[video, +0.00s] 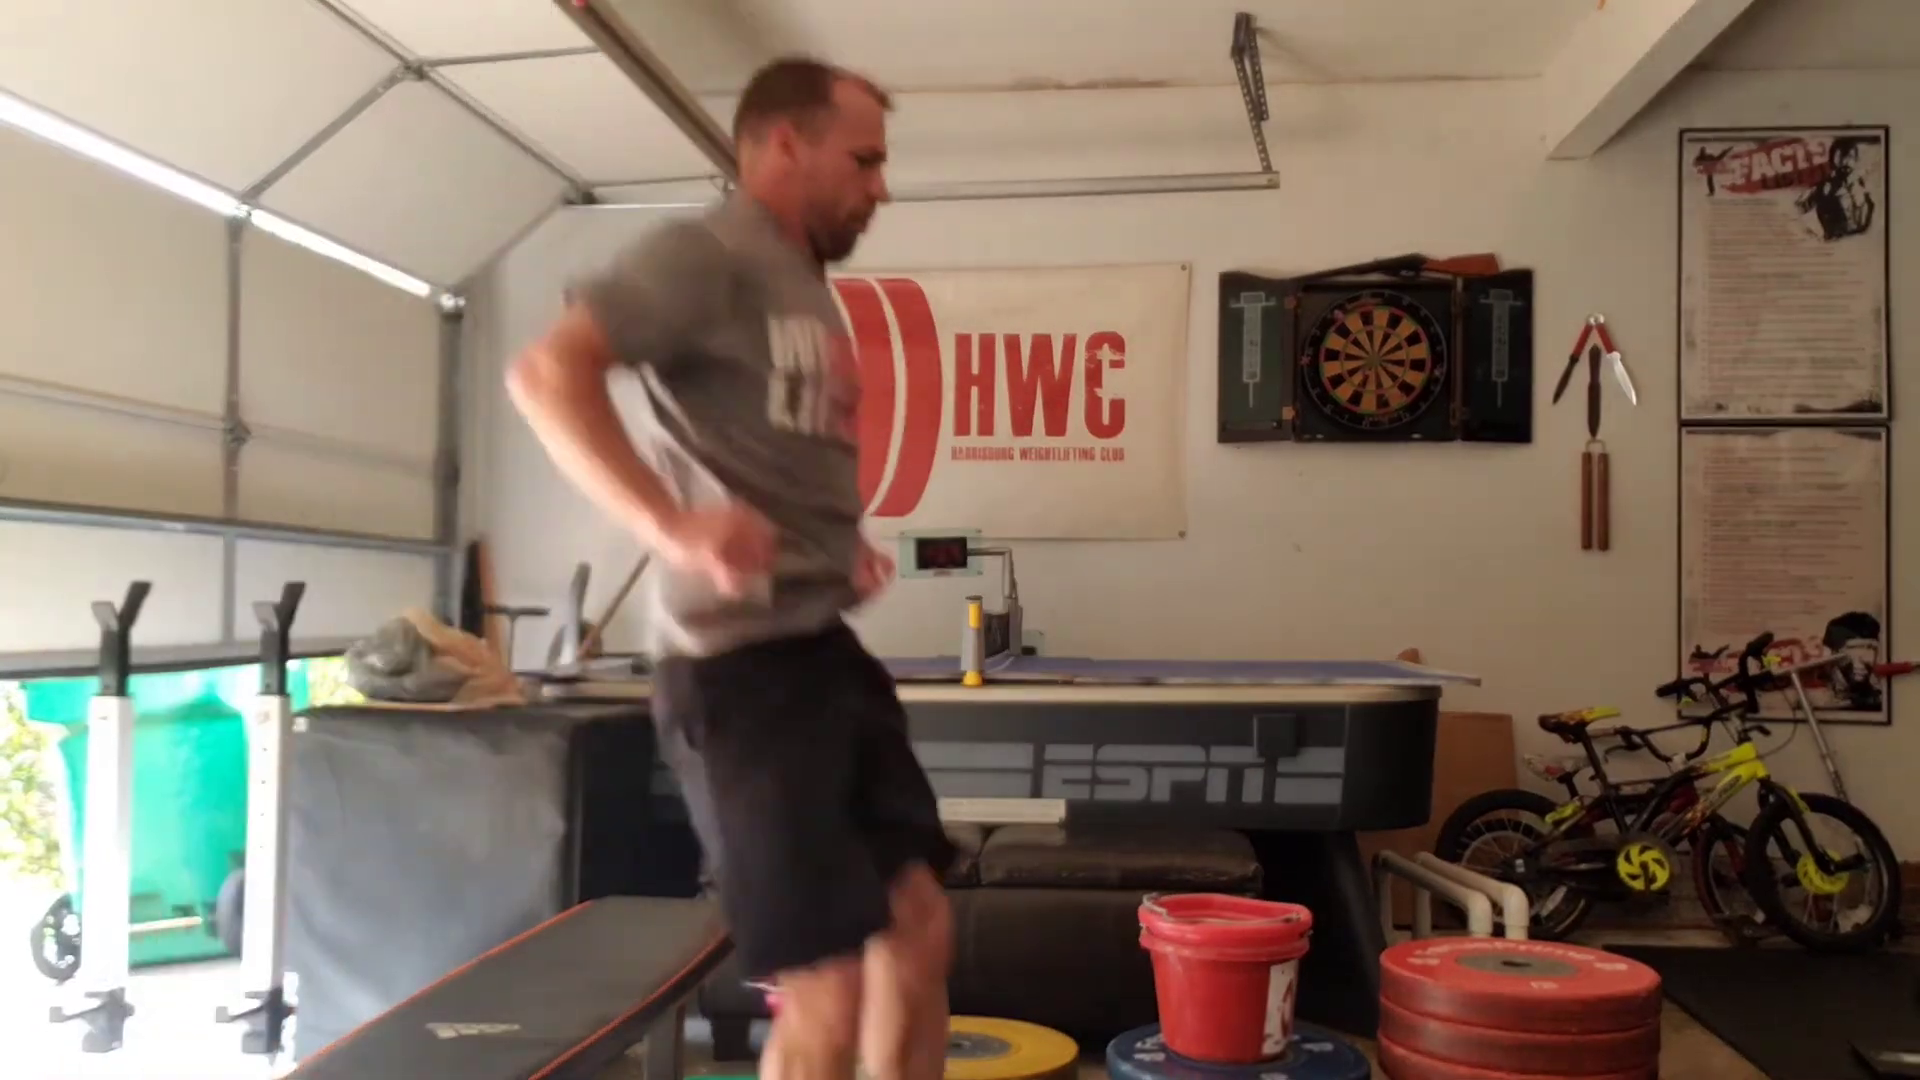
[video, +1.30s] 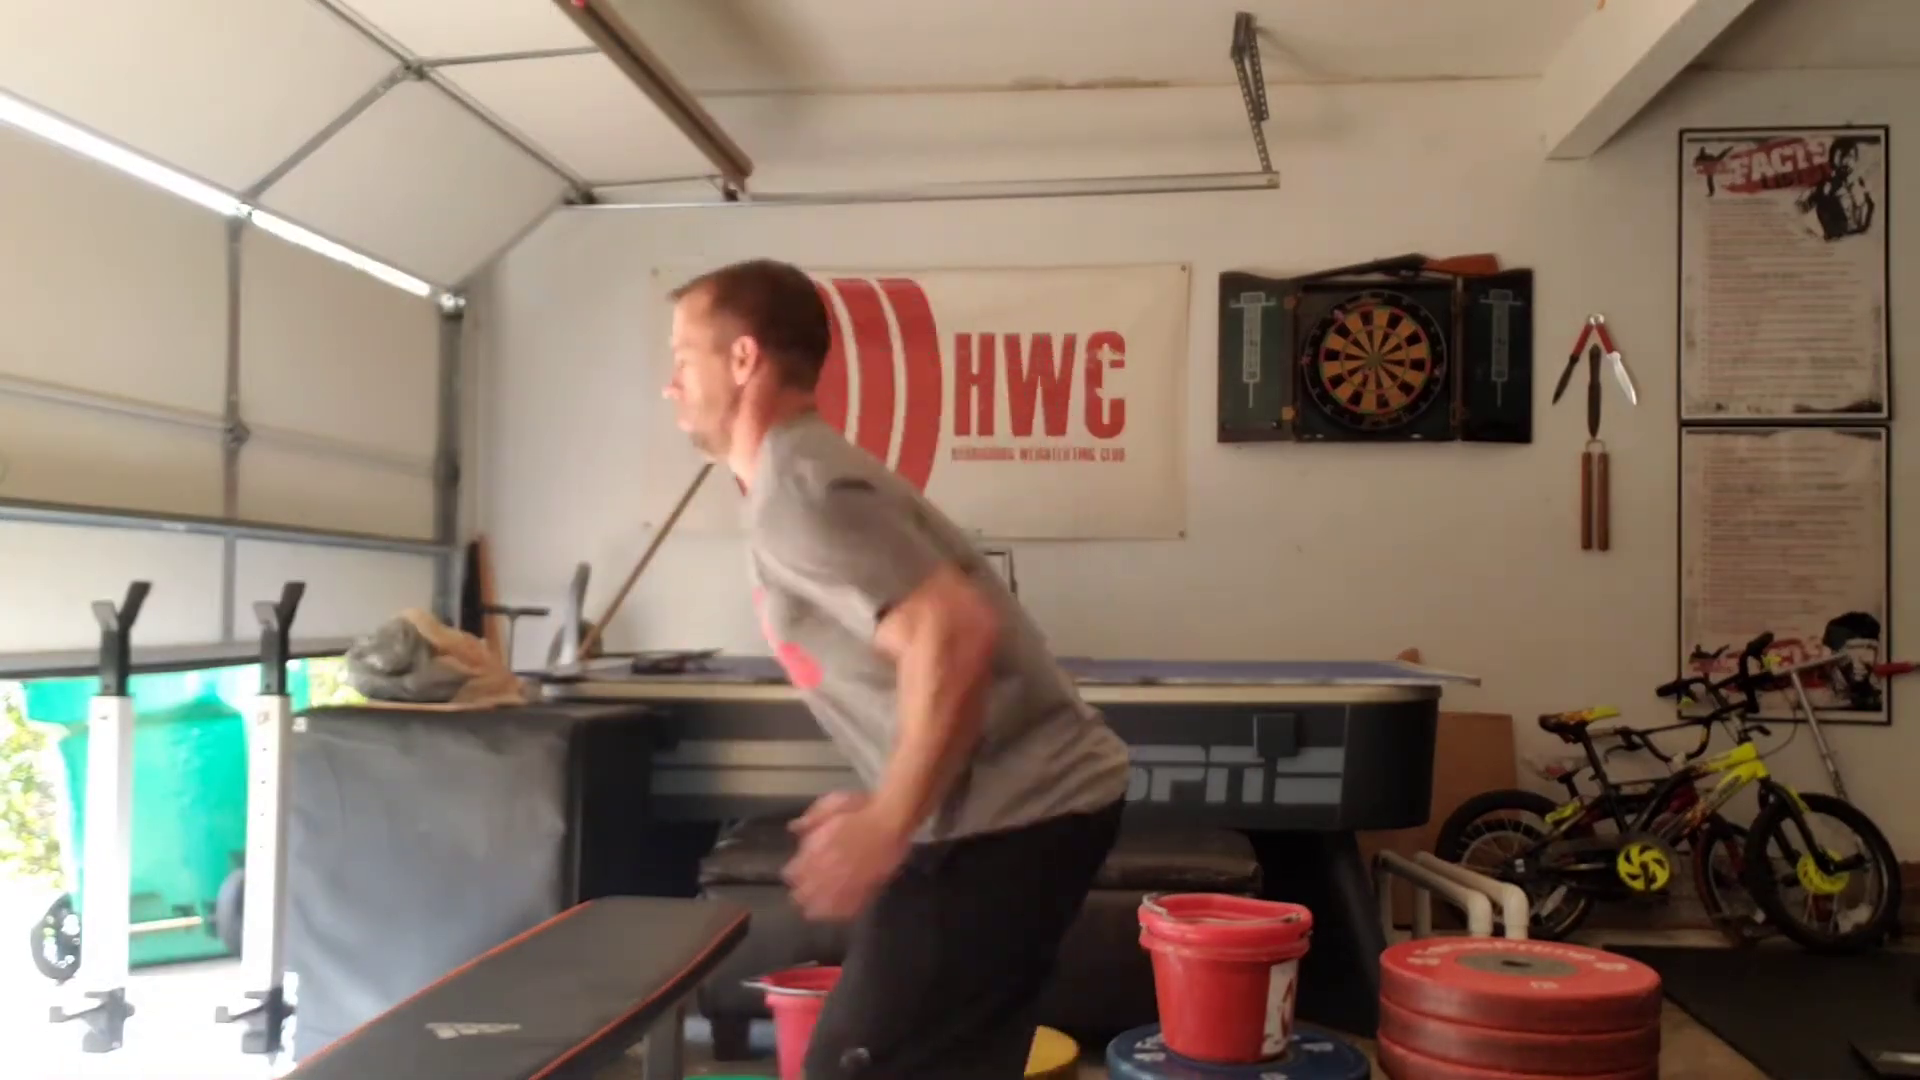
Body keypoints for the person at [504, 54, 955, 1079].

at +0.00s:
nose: (881, 190)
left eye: (882, 165)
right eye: (867, 161)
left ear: (794, 152)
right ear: (785, 146)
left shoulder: (799, 279)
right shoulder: (705, 253)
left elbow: (735, 440)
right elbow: (546, 371)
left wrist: (832, 537)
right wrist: (671, 523)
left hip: (825, 655)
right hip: (736, 672)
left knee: (918, 922)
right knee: (822, 986)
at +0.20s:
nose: (870, 230)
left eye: (879, 208)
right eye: (839, 212)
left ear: (892, 223)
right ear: (777, 239)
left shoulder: (943, 396)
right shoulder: (729, 392)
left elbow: (999, 542)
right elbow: (675, 575)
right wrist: (848, 634)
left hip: (926, 750)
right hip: (793, 752)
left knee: (991, 1019)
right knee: (889, 1039)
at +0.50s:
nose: (801, 179)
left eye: (821, 153)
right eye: (796, 159)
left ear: (902, 149)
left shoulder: (1021, 306)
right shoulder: (810, 356)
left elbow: (1111, 485)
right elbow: (795, 523)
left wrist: (962, 548)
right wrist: (764, 591)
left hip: (980, 709)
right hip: (851, 715)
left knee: (1001, 1019)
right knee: (853, 1002)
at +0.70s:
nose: (828, 195)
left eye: (840, 165)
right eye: (828, 170)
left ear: (911, 154)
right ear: (907, 160)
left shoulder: (986, 302)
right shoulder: (925, 312)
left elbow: (1040, 506)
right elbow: (923, 533)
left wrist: (860, 598)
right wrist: (806, 627)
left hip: (1015, 721)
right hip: (932, 717)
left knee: (1042, 1034)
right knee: (883, 971)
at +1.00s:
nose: (775, 220)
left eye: (781, 189)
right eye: (771, 195)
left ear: (848, 174)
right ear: (858, 178)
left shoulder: (904, 291)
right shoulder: (924, 285)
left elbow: (988, 429)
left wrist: (924, 641)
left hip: (1009, 706)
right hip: (1017, 699)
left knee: (1002, 1033)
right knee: (1009, 1027)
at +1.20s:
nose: (685, 320)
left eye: (694, 290)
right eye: (685, 295)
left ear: (759, 282)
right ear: (764, 285)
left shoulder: (815, 381)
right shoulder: (816, 386)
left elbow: (994, 436)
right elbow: (989, 443)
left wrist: (1029, 647)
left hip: (1018, 731)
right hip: (1050, 726)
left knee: (876, 1023)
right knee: (959, 1012)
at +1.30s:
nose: (670, 381)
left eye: (684, 355)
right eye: (674, 357)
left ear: (744, 361)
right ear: (745, 365)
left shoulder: (800, 481)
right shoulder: (799, 471)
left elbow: (953, 627)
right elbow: (946, 642)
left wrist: (889, 822)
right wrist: (881, 798)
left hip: (1015, 812)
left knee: (861, 1061)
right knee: (939, 1059)